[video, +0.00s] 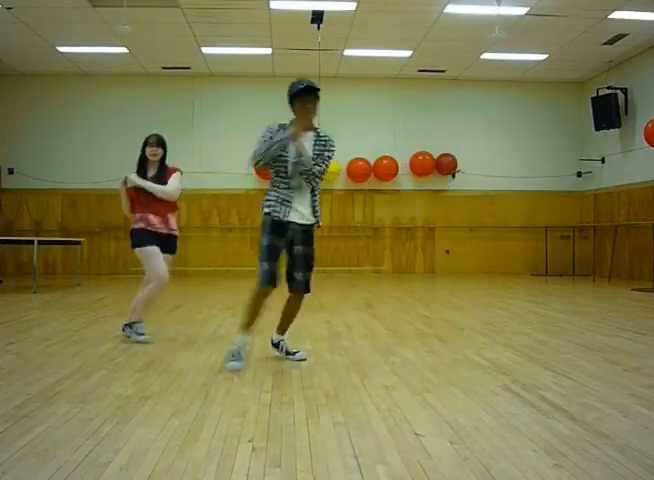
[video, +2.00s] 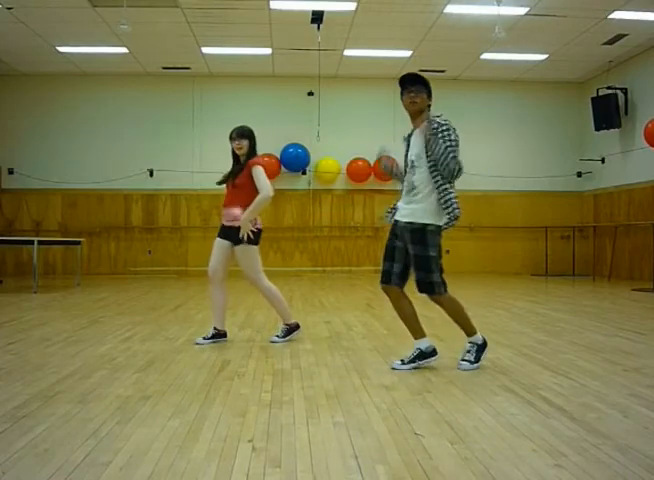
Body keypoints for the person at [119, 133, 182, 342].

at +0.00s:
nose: (154, 150)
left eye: (158, 146)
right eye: (150, 146)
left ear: (164, 151)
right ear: (144, 150)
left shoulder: (173, 173)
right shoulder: (135, 177)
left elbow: (173, 194)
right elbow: (128, 211)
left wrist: (142, 183)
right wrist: (124, 190)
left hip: (167, 231)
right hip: (143, 229)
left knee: (150, 281)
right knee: (161, 278)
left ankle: (132, 323)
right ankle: (134, 321)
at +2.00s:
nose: (237, 143)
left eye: (242, 139)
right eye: (234, 140)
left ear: (251, 142)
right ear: (231, 144)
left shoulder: (255, 164)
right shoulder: (237, 167)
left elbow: (267, 192)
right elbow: (237, 195)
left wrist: (247, 218)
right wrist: (229, 216)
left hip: (245, 228)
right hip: (227, 227)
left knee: (256, 277)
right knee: (215, 274)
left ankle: (290, 323)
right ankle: (219, 329)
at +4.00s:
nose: (208, 141)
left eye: (211, 137)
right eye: (203, 137)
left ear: (216, 141)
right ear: (195, 140)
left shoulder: (222, 164)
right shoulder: (183, 166)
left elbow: (254, 179)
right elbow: (158, 177)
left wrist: (239, 153)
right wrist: (163, 150)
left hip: (214, 224)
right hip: (186, 224)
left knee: (208, 277)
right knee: (187, 279)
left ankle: (216, 326)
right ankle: (201, 327)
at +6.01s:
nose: (191, 149)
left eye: (195, 146)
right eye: (187, 145)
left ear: (202, 148)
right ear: (182, 148)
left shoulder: (213, 169)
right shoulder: (177, 174)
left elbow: (228, 198)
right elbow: (168, 204)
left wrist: (215, 224)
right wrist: (170, 219)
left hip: (209, 229)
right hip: (182, 229)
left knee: (209, 283)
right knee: (178, 281)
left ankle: (230, 327)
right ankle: (165, 328)